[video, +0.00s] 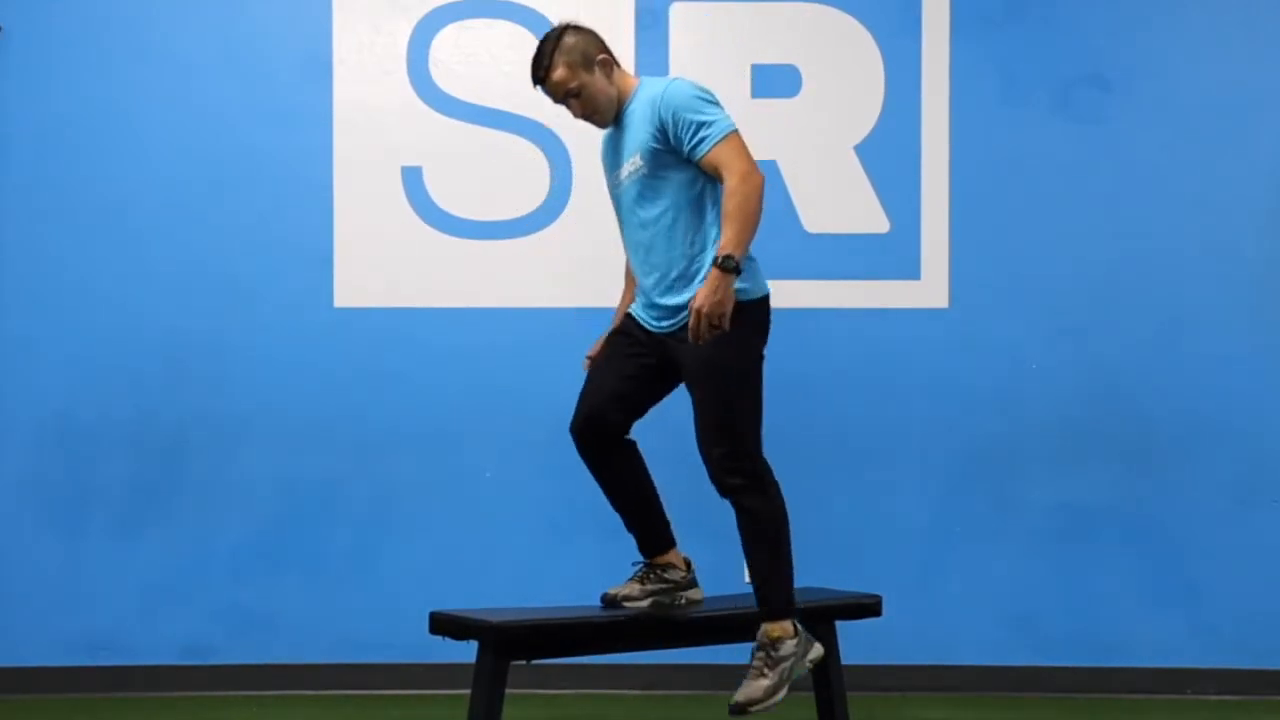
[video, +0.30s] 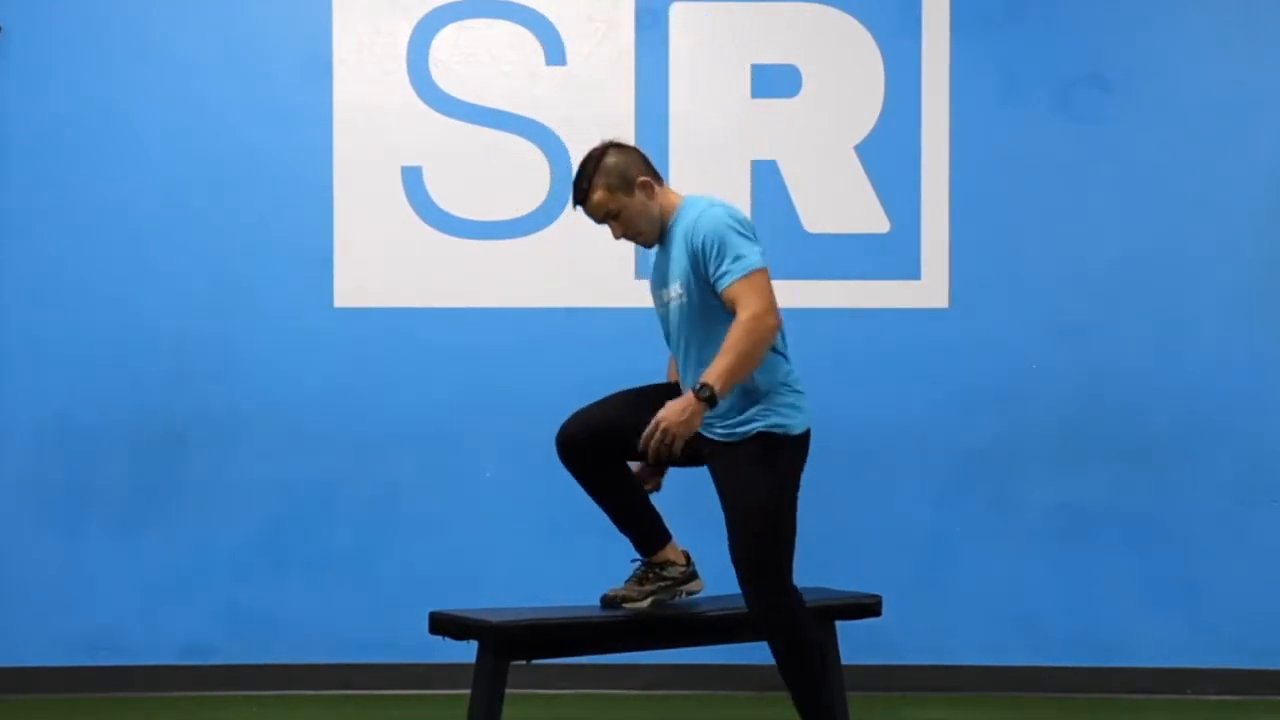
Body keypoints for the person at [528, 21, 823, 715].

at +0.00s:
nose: (570, 110)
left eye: (569, 94)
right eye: (560, 102)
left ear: (604, 63)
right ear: (578, 88)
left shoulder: (672, 100)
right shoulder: (614, 144)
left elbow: (745, 177)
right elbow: (643, 254)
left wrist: (723, 270)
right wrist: (618, 333)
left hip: (718, 311)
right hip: (652, 321)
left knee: (736, 465)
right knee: (595, 426)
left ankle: (782, 634)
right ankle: (667, 566)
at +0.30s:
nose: (616, 233)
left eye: (613, 216)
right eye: (606, 224)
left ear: (646, 186)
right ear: (639, 194)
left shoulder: (712, 224)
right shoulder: (663, 251)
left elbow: (761, 318)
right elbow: (684, 356)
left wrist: (700, 398)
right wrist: (658, 448)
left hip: (760, 425)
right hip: (699, 414)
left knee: (768, 593)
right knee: (582, 439)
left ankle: (826, 713)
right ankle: (665, 563)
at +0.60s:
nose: (667, 210)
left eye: (670, 193)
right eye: (658, 199)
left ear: (707, 170)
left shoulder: (777, 224)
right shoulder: (703, 238)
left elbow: (842, 318)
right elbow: (721, 341)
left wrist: (844, 426)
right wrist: (707, 433)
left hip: (790, 427)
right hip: (726, 406)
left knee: (801, 591)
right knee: (606, 427)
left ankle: (833, 715)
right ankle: (668, 561)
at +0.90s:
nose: (723, 194)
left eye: (729, 179)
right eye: (716, 182)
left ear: (768, 158)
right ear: (717, 173)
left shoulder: (840, 220)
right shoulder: (745, 223)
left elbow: (895, 322)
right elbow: (748, 323)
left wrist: (879, 426)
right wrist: (707, 415)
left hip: (813, 428)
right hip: (747, 400)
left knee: (816, 596)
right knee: (624, 417)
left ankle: (837, 716)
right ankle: (664, 551)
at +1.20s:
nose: (749, 184)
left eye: (756, 169)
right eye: (741, 172)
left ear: (797, 151)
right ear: (741, 163)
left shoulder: (860, 215)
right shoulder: (767, 212)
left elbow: (905, 322)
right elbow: (766, 314)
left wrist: (873, 418)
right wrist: (727, 394)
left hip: (825, 428)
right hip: (757, 407)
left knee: (823, 597)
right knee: (662, 482)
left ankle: (839, 715)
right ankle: (765, 605)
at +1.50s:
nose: (750, 188)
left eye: (758, 173)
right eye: (742, 175)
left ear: (797, 154)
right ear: (737, 164)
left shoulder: (862, 218)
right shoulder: (760, 221)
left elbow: (911, 325)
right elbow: (761, 326)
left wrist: (894, 425)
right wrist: (727, 417)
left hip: (830, 439)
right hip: (759, 442)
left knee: (827, 597)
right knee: (760, 593)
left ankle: (839, 714)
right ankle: (800, 713)